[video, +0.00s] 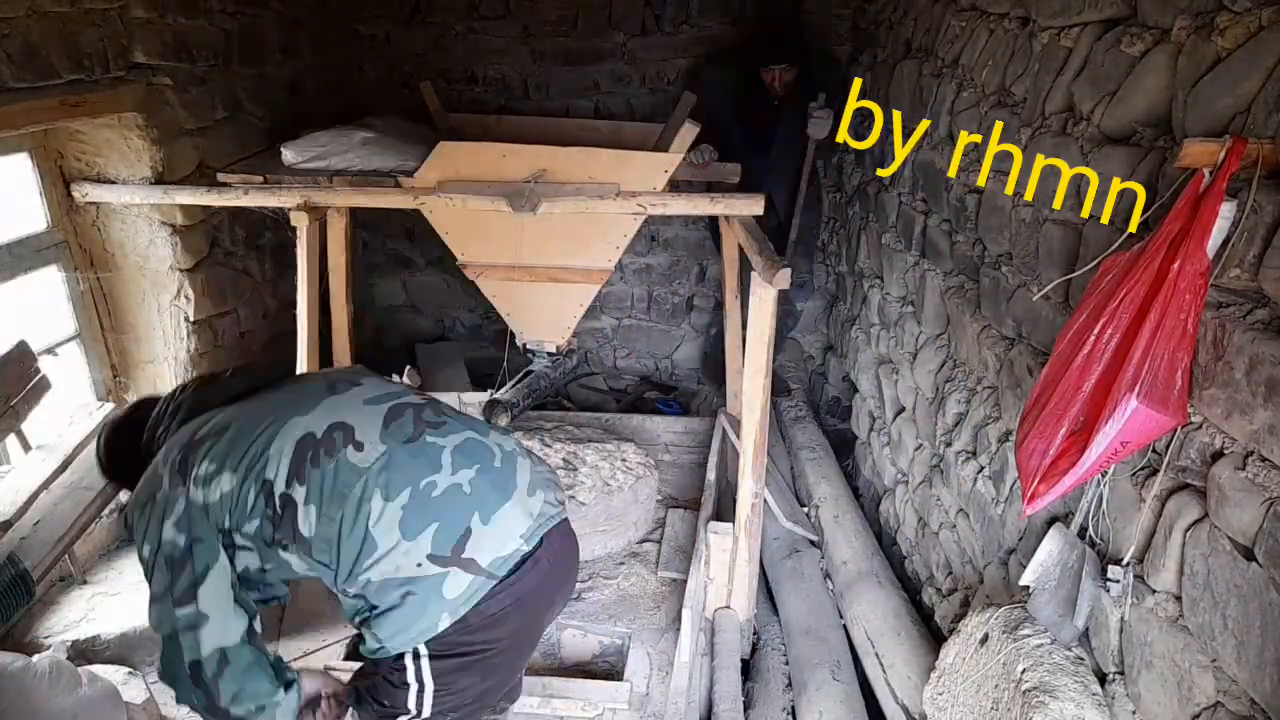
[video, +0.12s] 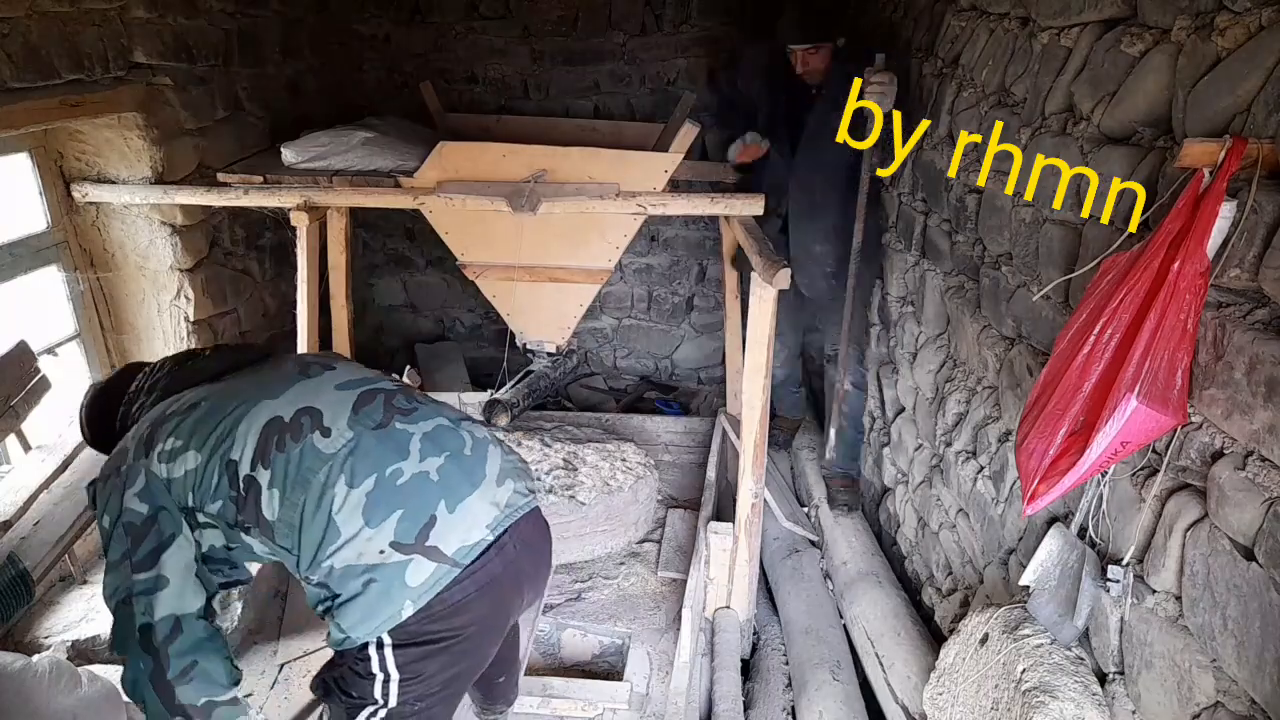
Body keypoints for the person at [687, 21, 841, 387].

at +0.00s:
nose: (777, 82)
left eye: (784, 73)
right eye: (769, 74)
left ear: (798, 68)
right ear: (756, 70)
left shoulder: (812, 84)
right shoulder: (736, 89)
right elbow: (707, 119)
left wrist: (833, 123)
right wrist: (703, 146)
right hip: (734, 190)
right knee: (734, 284)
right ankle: (720, 365)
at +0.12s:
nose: (802, 64)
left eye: (812, 53)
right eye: (794, 55)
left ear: (833, 50)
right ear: (788, 55)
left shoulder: (856, 93)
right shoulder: (776, 91)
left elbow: (881, 160)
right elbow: (734, 132)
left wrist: (884, 103)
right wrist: (738, 149)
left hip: (840, 247)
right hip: (779, 243)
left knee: (843, 355)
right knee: (778, 340)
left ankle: (844, 464)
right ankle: (785, 415)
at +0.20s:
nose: (744, 65)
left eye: (754, 50)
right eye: (739, 52)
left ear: (797, 38)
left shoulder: (862, 78)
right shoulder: (765, 95)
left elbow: (930, 166)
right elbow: (766, 165)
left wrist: (883, 113)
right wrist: (751, 184)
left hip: (879, 285)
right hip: (806, 285)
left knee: (872, 421)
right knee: (806, 421)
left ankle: (865, 527)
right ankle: (823, 546)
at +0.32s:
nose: (718, 83)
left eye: (722, 64)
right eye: (710, 69)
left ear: (769, 44)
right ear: (765, 50)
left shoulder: (876, 74)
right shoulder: (789, 95)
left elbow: (897, 202)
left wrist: (788, 139)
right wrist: (759, 181)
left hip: (886, 348)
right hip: (808, 338)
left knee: (856, 520)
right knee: (764, 488)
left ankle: (861, 629)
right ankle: (806, 607)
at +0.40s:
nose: (599, 149)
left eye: (596, 129)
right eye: (590, 133)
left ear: (629, 107)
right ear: (638, 101)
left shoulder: (735, 145)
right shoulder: (690, 153)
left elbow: (760, 297)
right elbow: (722, 306)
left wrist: (621, 255)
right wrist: (657, 375)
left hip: (754, 437)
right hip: (720, 418)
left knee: (655, 614)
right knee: (712, 558)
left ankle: (628, 711)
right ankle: (789, 651)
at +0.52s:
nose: (395, 419)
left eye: (389, 403)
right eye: (385, 406)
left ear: (400, 389)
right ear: (443, 341)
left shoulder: (452, 411)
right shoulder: (536, 357)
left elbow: (479, 581)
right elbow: (599, 470)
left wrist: (496, 700)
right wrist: (574, 583)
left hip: (693, 564)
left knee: (539, 698)